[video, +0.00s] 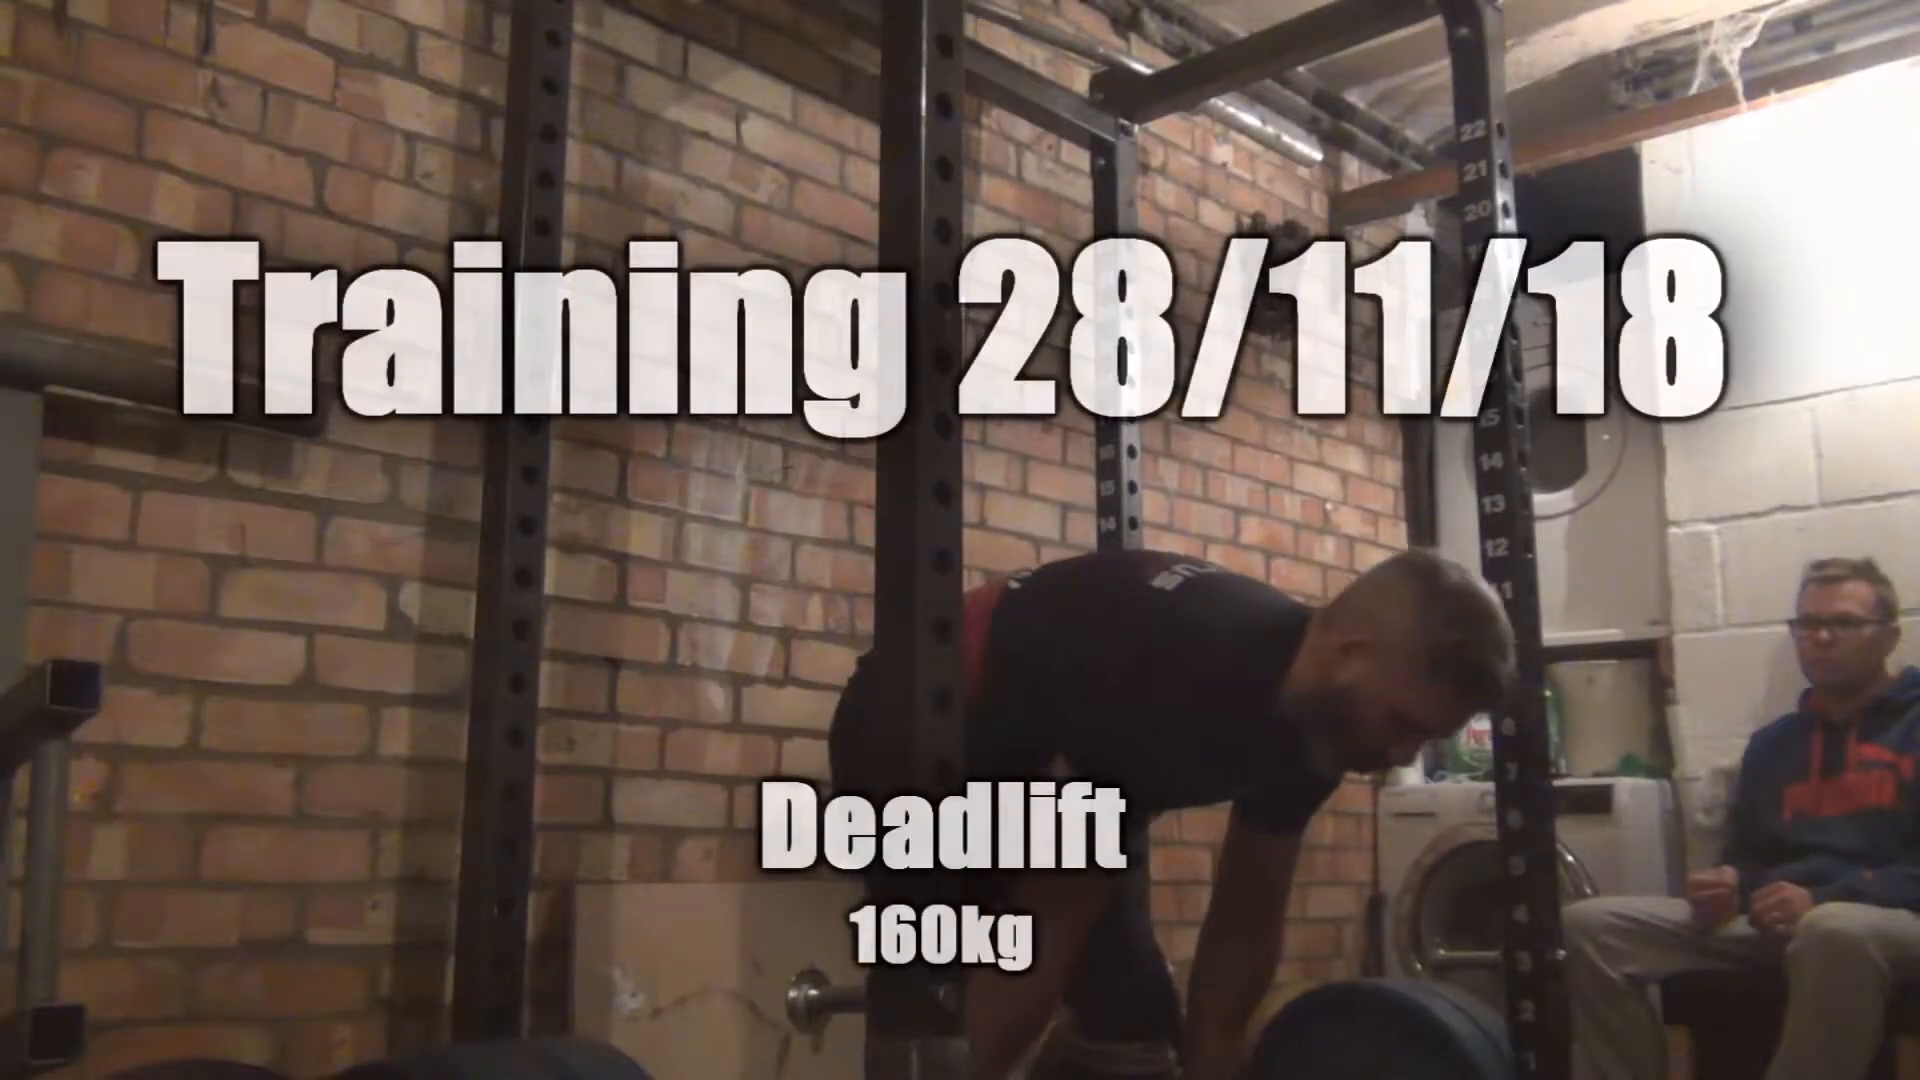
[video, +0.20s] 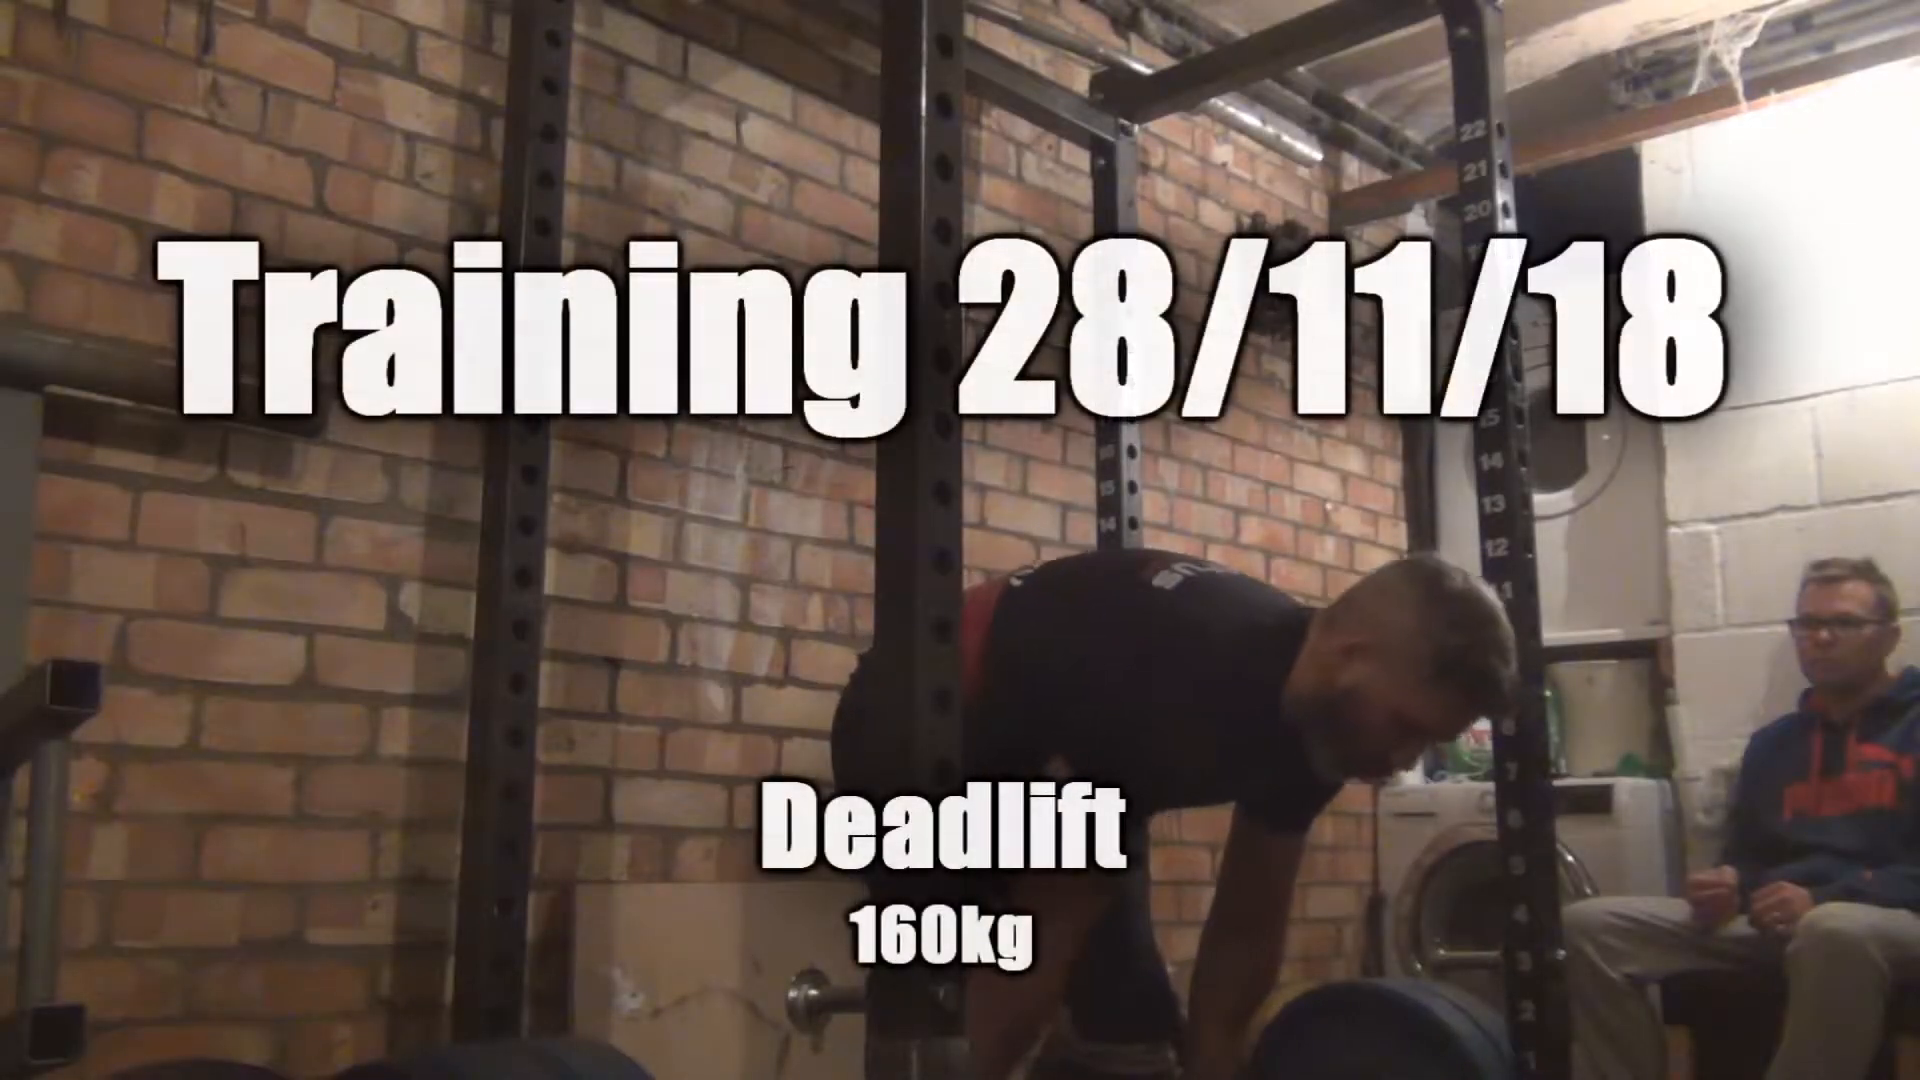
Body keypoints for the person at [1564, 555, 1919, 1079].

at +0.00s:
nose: (1821, 639)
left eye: (1843, 624)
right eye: (1808, 624)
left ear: (1890, 636)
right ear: (1794, 634)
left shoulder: (1913, 722)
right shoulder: (1771, 744)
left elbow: (1914, 872)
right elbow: (1746, 857)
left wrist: (1819, 900)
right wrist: (1730, 885)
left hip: (1896, 918)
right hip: (1772, 918)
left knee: (1832, 937)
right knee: (1588, 930)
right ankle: (1625, 1072)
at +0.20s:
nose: (1820, 639)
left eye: (1843, 624)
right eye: (1808, 624)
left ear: (1890, 636)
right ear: (1794, 634)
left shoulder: (1913, 722)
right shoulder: (1771, 744)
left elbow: (1914, 872)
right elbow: (1746, 858)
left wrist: (1819, 899)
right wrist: (1730, 886)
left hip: (1895, 918)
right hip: (1772, 918)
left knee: (1832, 937)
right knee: (1588, 930)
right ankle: (1624, 1072)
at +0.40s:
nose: (1820, 639)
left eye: (1842, 625)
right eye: (1808, 624)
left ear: (1890, 636)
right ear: (1793, 633)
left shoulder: (1913, 721)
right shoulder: (1771, 744)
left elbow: (1914, 874)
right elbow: (1743, 859)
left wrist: (1819, 899)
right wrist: (1728, 888)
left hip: (1893, 919)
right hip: (1769, 921)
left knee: (1832, 936)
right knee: (1589, 929)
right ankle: (1623, 1073)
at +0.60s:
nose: (1821, 639)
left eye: (1842, 625)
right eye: (1808, 624)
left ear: (1890, 636)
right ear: (1793, 633)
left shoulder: (1913, 721)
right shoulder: (1771, 744)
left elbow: (1914, 874)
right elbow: (1743, 859)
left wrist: (1819, 899)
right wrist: (1728, 888)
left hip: (1893, 920)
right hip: (1770, 921)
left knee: (1832, 936)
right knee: (1589, 929)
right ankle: (1623, 1073)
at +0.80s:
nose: (1820, 639)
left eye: (1842, 625)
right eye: (1808, 624)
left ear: (1890, 636)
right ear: (1793, 633)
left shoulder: (1913, 722)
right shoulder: (1771, 744)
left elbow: (1914, 874)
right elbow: (1744, 860)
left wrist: (1819, 899)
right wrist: (1728, 889)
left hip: (1894, 920)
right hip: (1770, 921)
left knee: (1832, 936)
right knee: (1590, 930)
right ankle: (1623, 1073)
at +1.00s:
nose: (1821, 638)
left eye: (1843, 624)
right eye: (1808, 624)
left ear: (1889, 636)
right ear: (1794, 633)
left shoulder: (1911, 723)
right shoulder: (1772, 744)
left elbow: (1912, 873)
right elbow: (1744, 859)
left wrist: (1820, 900)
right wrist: (1729, 889)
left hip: (1893, 920)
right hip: (1772, 920)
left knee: (1832, 936)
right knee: (1588, 928)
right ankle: (1626, 1073)